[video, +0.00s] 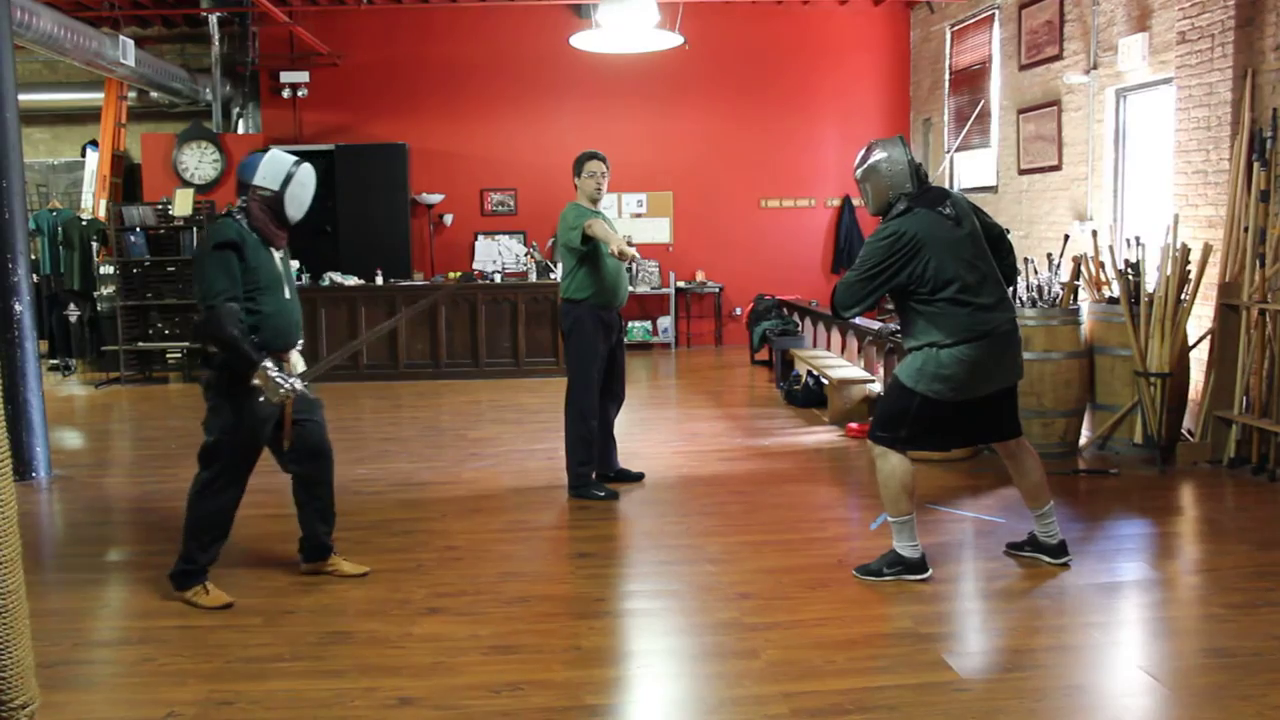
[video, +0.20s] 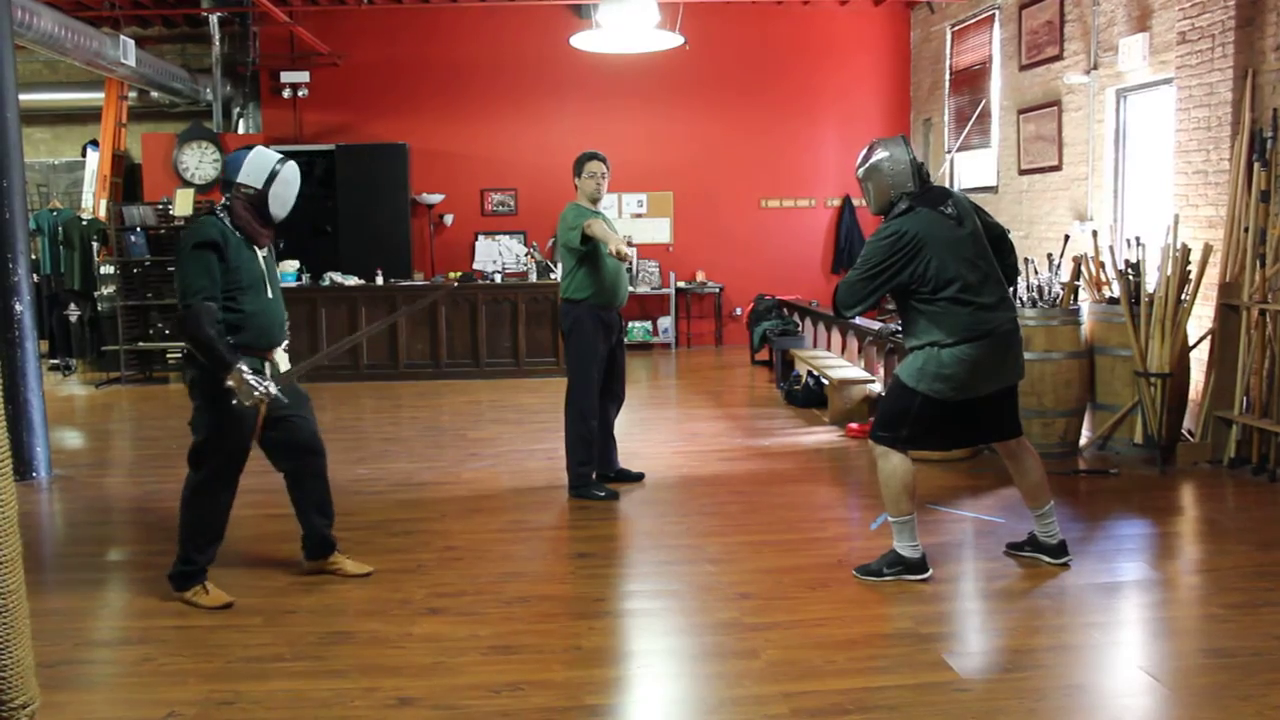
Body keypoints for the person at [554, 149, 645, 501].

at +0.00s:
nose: (599, 180)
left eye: (603, 175)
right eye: (591, 175)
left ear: (608, 181)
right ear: (577, 180)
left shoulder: (603, 218)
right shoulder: (573, 212)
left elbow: (612, 244)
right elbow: (594, 227)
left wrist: (624, 248)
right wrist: (616, 243)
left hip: (608, 315)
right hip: (583, 315)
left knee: (610, 395)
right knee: (584, 396)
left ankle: (606, 467)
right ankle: (580, 480)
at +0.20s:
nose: (599, 181)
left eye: (603, 175)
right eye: (591, 175)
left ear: (608, 181)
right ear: (577, 181)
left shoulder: (603, 218)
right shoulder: (573, 212)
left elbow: (613, 250)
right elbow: (593, 227)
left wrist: (623, 250)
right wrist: (614, 243)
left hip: (609, 315)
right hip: (583, 315)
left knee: (610, 395)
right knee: (584, 397)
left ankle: (606, 467)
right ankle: (580, 480)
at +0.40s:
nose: (599, 181)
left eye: (603, 176)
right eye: (591, 176)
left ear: (608, 181)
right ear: (577, 181)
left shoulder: (603, 219)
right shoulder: (573, 213)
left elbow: (612, 250)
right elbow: (592, 228)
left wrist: (623, 249)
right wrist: (613, 243)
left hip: (609, 315)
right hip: (583, 315)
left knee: (610, 395)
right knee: (584, 396)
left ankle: (606, 467)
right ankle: (581, 480)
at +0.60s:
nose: (599, 182)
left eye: (604, 176)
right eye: (592, 176)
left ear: (608, 182)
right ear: (577, 181)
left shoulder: (604, 219)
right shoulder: (573, 213)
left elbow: (619, 248)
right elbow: (593, 229)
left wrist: (625, 251)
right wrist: (614, 245)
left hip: (609, 315)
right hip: (583, 315)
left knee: (611, 394)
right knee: (585, 397)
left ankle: (607, 467)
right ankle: (581, 480)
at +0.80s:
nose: (599, 181)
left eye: (604, 176)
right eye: (592, 175)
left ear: (608, 181)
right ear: (577, 180)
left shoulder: (605, 219)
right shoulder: (573, 213)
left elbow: (621, 249)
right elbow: (593, 230)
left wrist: (625, 250)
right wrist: (614, 245)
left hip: (609, 314)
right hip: (583, 315)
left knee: (612, 394)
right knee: (585, 397)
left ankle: (608, 466)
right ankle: (582, 480)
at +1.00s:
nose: (599, 181)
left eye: (603, 175)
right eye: (591, 175)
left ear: (608, 181)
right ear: (576, 180)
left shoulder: (604, 220)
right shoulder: (573, 213)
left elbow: (621, 251)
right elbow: (592, 231)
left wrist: (625, 252)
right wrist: (614, 246)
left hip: (609, 314)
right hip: (583, 314)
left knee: (612, 394)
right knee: (585, 396)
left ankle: (608, 466)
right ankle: (582, 479)